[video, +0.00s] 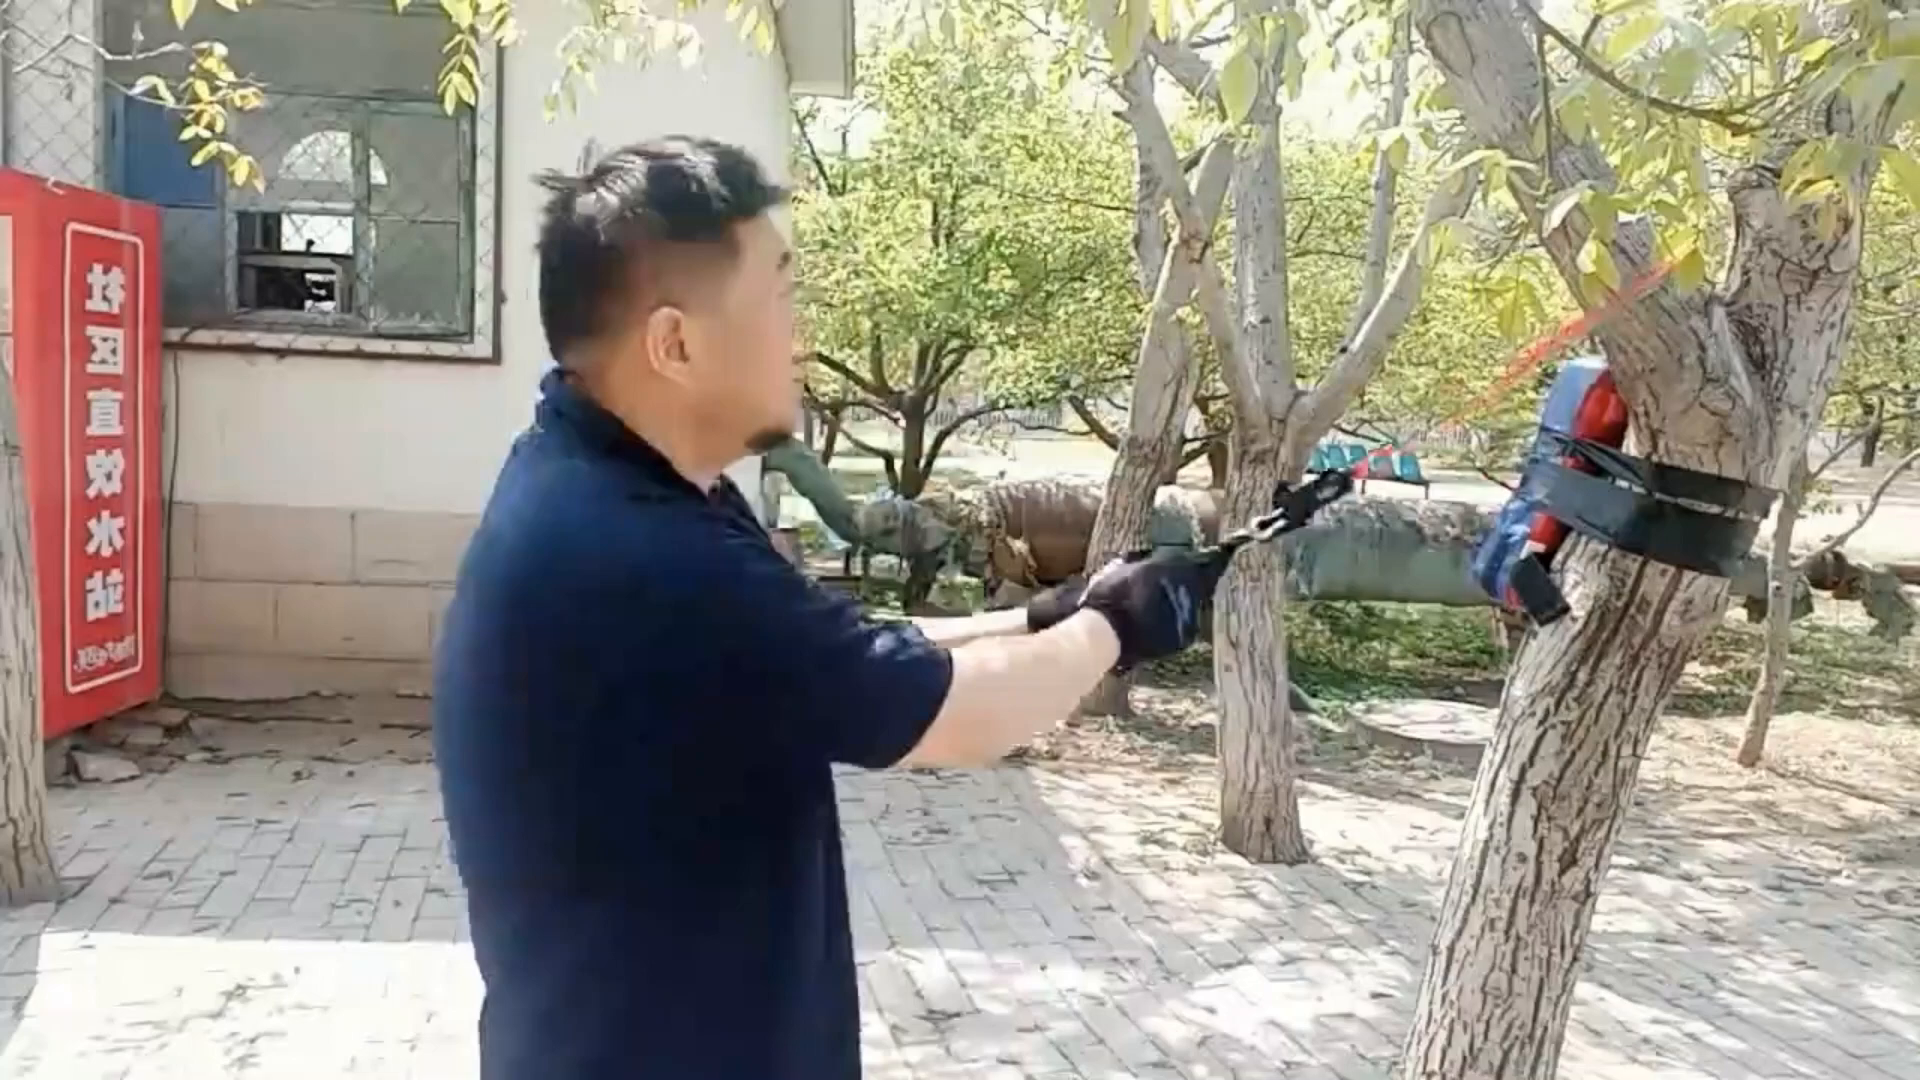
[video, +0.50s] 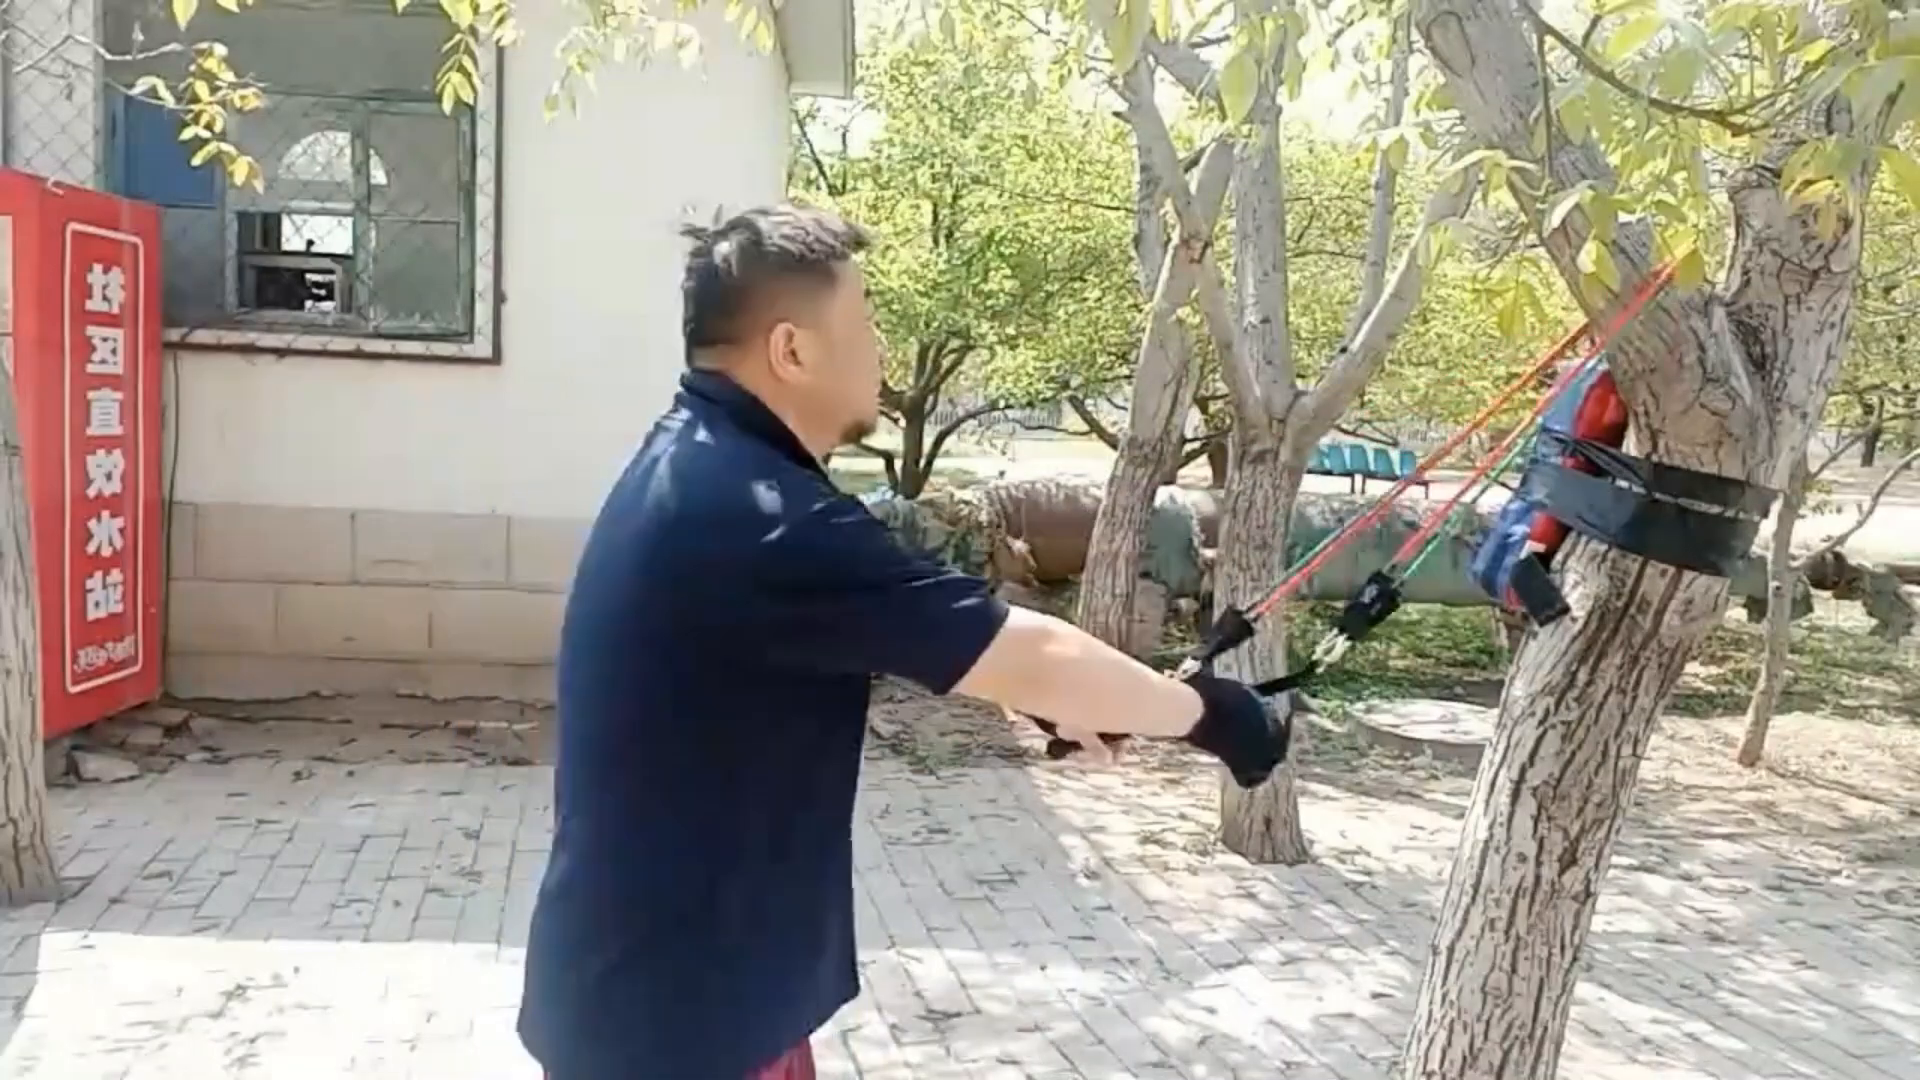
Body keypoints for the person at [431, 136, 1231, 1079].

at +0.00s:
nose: (801, 327)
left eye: (789, 291)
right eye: (780, 294)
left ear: (669, 347)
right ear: (675, 343)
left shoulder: (614, 496)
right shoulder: (651, 566)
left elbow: (849, 657)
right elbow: (951, 721)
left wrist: (1064, 621)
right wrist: (1112, 631)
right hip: (678, 1062)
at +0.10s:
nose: (775, 302)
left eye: (759, 271)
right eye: (751, 274)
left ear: (660, 320)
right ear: (662, 322)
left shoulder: (572, 479)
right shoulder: (679, 536)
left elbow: (827, 631)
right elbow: (966, 677)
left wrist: (996, 583)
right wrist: (1089, 585)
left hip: (588, 1035)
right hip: (691, 1053)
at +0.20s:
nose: (800, 314)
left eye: (788, 284)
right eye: (782, 285)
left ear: (698, 334)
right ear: (702, 330)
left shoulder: (615, 477)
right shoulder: (722, 528)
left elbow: (842, 631)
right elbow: (982, 685)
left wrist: (1010, 582)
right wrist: (1114, 597)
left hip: (609, 1028)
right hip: (703, 1048)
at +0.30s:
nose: (831, 327)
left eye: (816, 300)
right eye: (811, 303)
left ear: (732, 344)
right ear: (740, 342)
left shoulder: (643, 481)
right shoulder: (745, 531)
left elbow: (846, 646)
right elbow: (999, 702)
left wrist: (1012, 599)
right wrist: (1138, 598)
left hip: (605, 1014)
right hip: (702, 1038)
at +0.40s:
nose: (871, 342)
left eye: (862, 314)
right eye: (855, 316)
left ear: (769, 349)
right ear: (785, 351)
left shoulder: (673, 476)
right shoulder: (774, 534)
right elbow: (1016, 694)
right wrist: (1166, 652)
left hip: (615, 1010)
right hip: (699, 1039)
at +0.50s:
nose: (880, 352)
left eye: (871, 323)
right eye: (863, 324)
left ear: (774, 349)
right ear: (788, 352)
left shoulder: (685, 467)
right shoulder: (772, 518)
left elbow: (916, 623)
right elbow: (1029, 658)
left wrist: (1047, 696)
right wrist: (1208, 711)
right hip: (703, 1025)